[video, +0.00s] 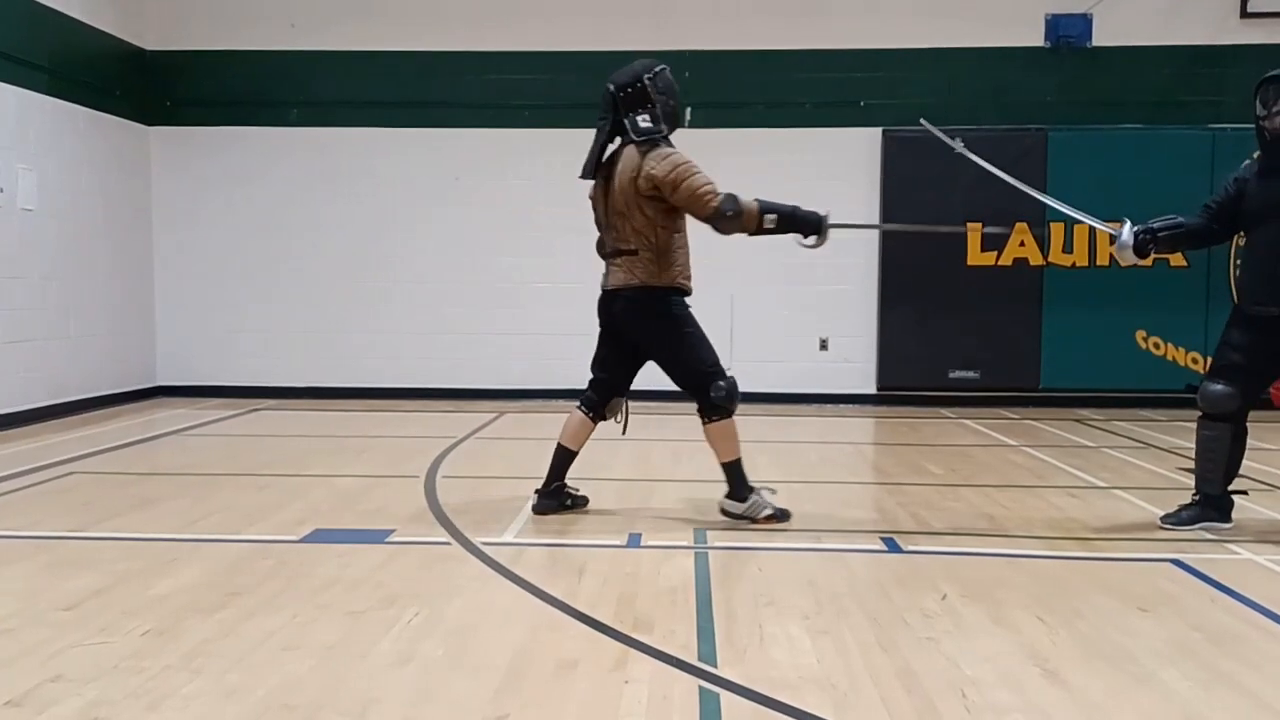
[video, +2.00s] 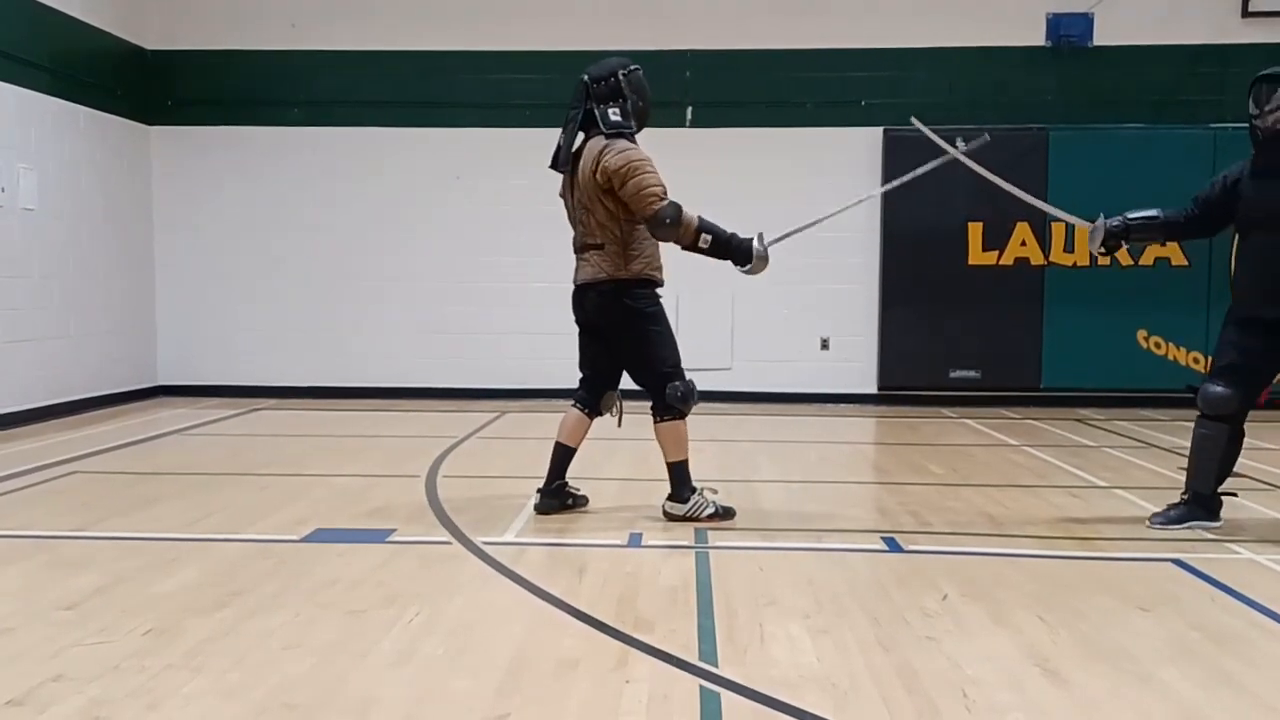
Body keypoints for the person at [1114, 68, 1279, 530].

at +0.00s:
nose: (1270, 120)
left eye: (1276, 112)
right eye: (1268, 111)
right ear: (1261, 117)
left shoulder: (1264, 172)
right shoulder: (1257, 172)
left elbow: (1213, 223)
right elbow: (1212, 223)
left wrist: (1145, 240)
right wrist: (1145, 238)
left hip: (1268, 311)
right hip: (1257, 309)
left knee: (1225, 395)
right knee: (1221, 395)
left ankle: (1212, 499)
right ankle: (1211, 500)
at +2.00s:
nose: (1270, 118)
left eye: (1277, 110)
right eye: (1267, 110)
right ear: (1256, 117)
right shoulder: (1252, 173)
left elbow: (1199, 218)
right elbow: (1199, 218)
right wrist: (1127, 226)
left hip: (1270, 313)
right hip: (1255, 311)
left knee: (1224, 396)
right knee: (1220, 397)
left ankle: (1201, 498)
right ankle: (1200, 500)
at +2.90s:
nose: (1253, 128)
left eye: (1265, 117)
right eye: (1248, 118)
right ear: (1240, 126)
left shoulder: (1269, 184)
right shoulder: (1238, 190)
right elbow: (1174, 224)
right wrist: (1097, 223)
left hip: (1269, 322)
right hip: (1250, 320)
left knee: (1191, 388)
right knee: (1186, 389)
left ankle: (1143, 488)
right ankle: (1142, 490)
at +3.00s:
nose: (1220, 133)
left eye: (1234, 125)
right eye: (1218, 124)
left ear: (1263, 132)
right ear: (1211, 128)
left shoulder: (1271, 189)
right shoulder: (1211, 194)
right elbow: (1144, 225)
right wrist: (1069, 217)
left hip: (1270, 328)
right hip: (1223, 328)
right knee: (1165, 403)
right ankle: (1103, 491)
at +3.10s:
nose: (1179, 144)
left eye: (1193, 134)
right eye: (1178, 134)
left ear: (1224, 141)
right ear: (1171, 138)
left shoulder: (1261, 194)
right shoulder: (1166, 201)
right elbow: (1102, 219)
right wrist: (1036, 202)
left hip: (1251, 341)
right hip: (1179, 343)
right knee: (1124, 405)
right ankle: (1083, 500)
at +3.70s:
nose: (1193, 138)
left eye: (1207, 130)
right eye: (1194, 128)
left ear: (1239, 133)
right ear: (1192, 130)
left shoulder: (1268, 188)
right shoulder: (1190, 195)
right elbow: (1137, 240)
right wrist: (1076, 255)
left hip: (1252, 333)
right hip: (1184, 330)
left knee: (1274, 429)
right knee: (1134, 406)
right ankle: (1087, 496)